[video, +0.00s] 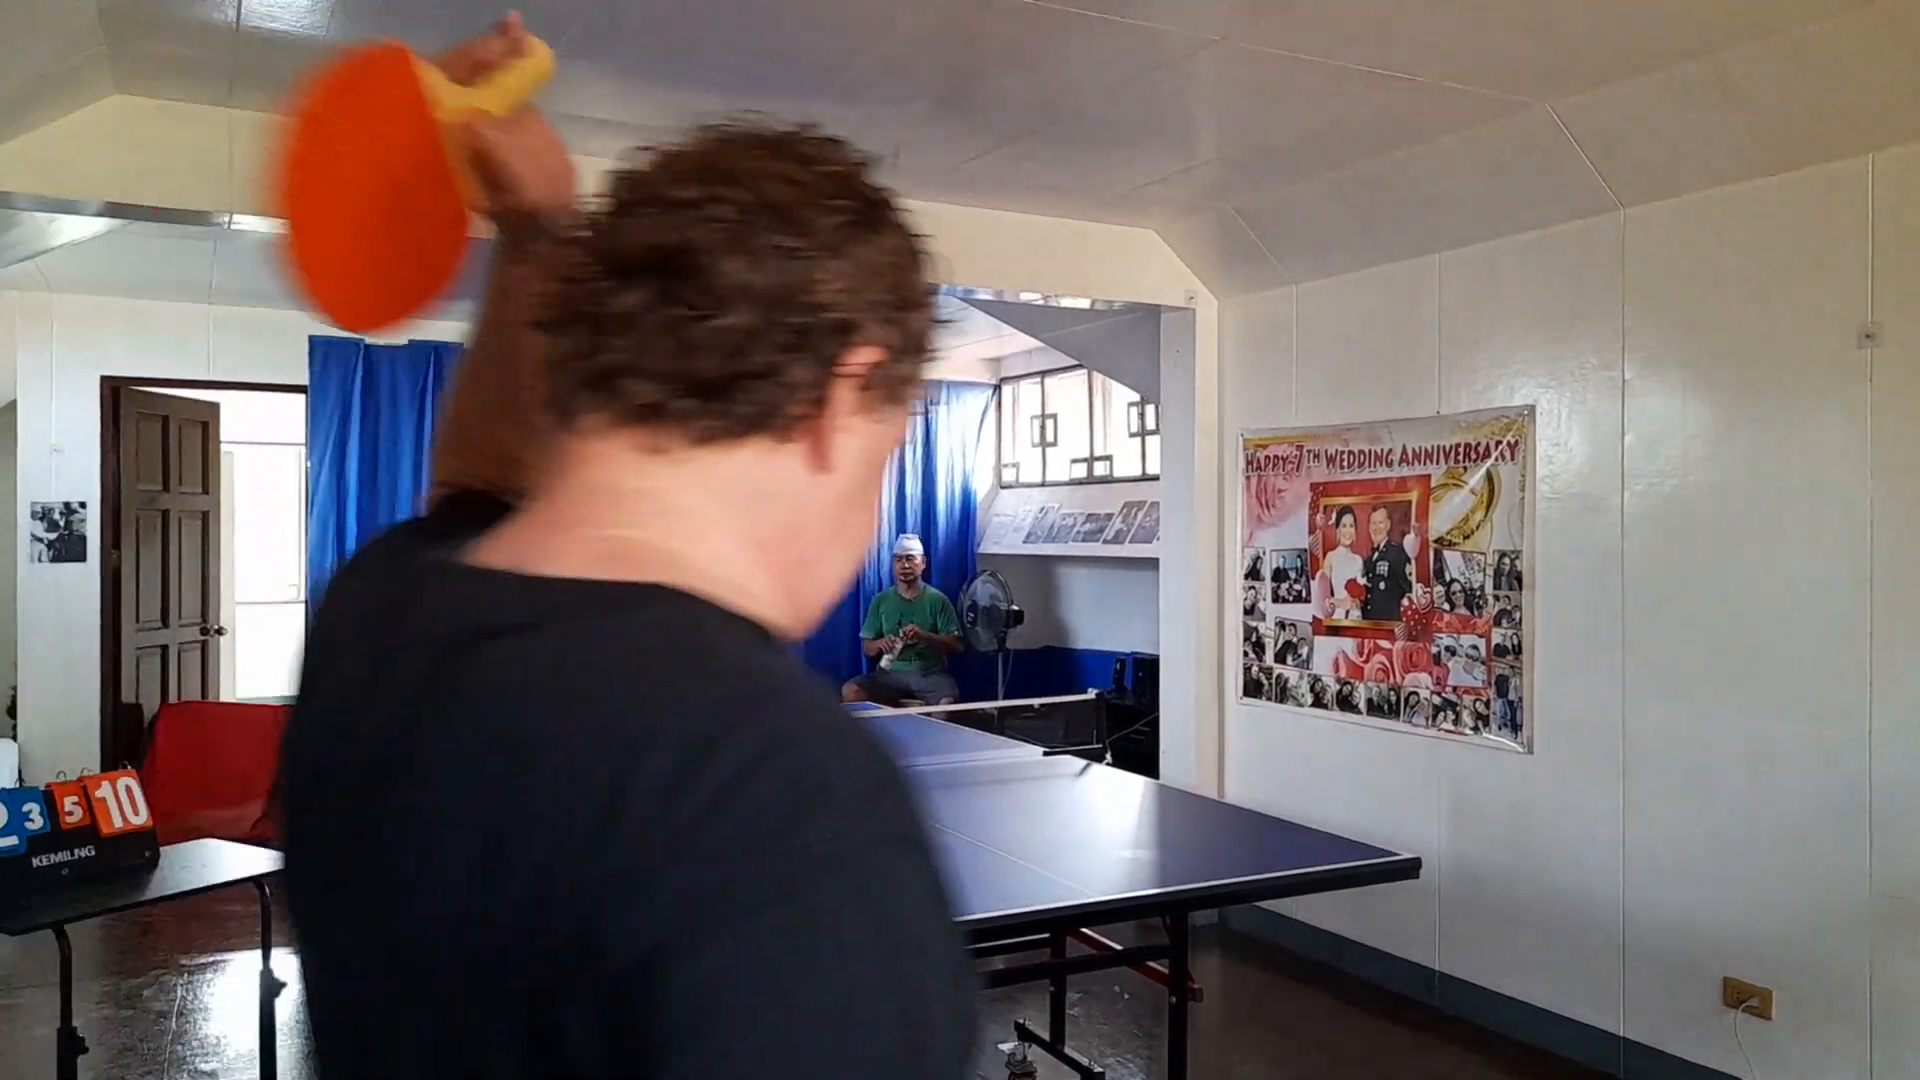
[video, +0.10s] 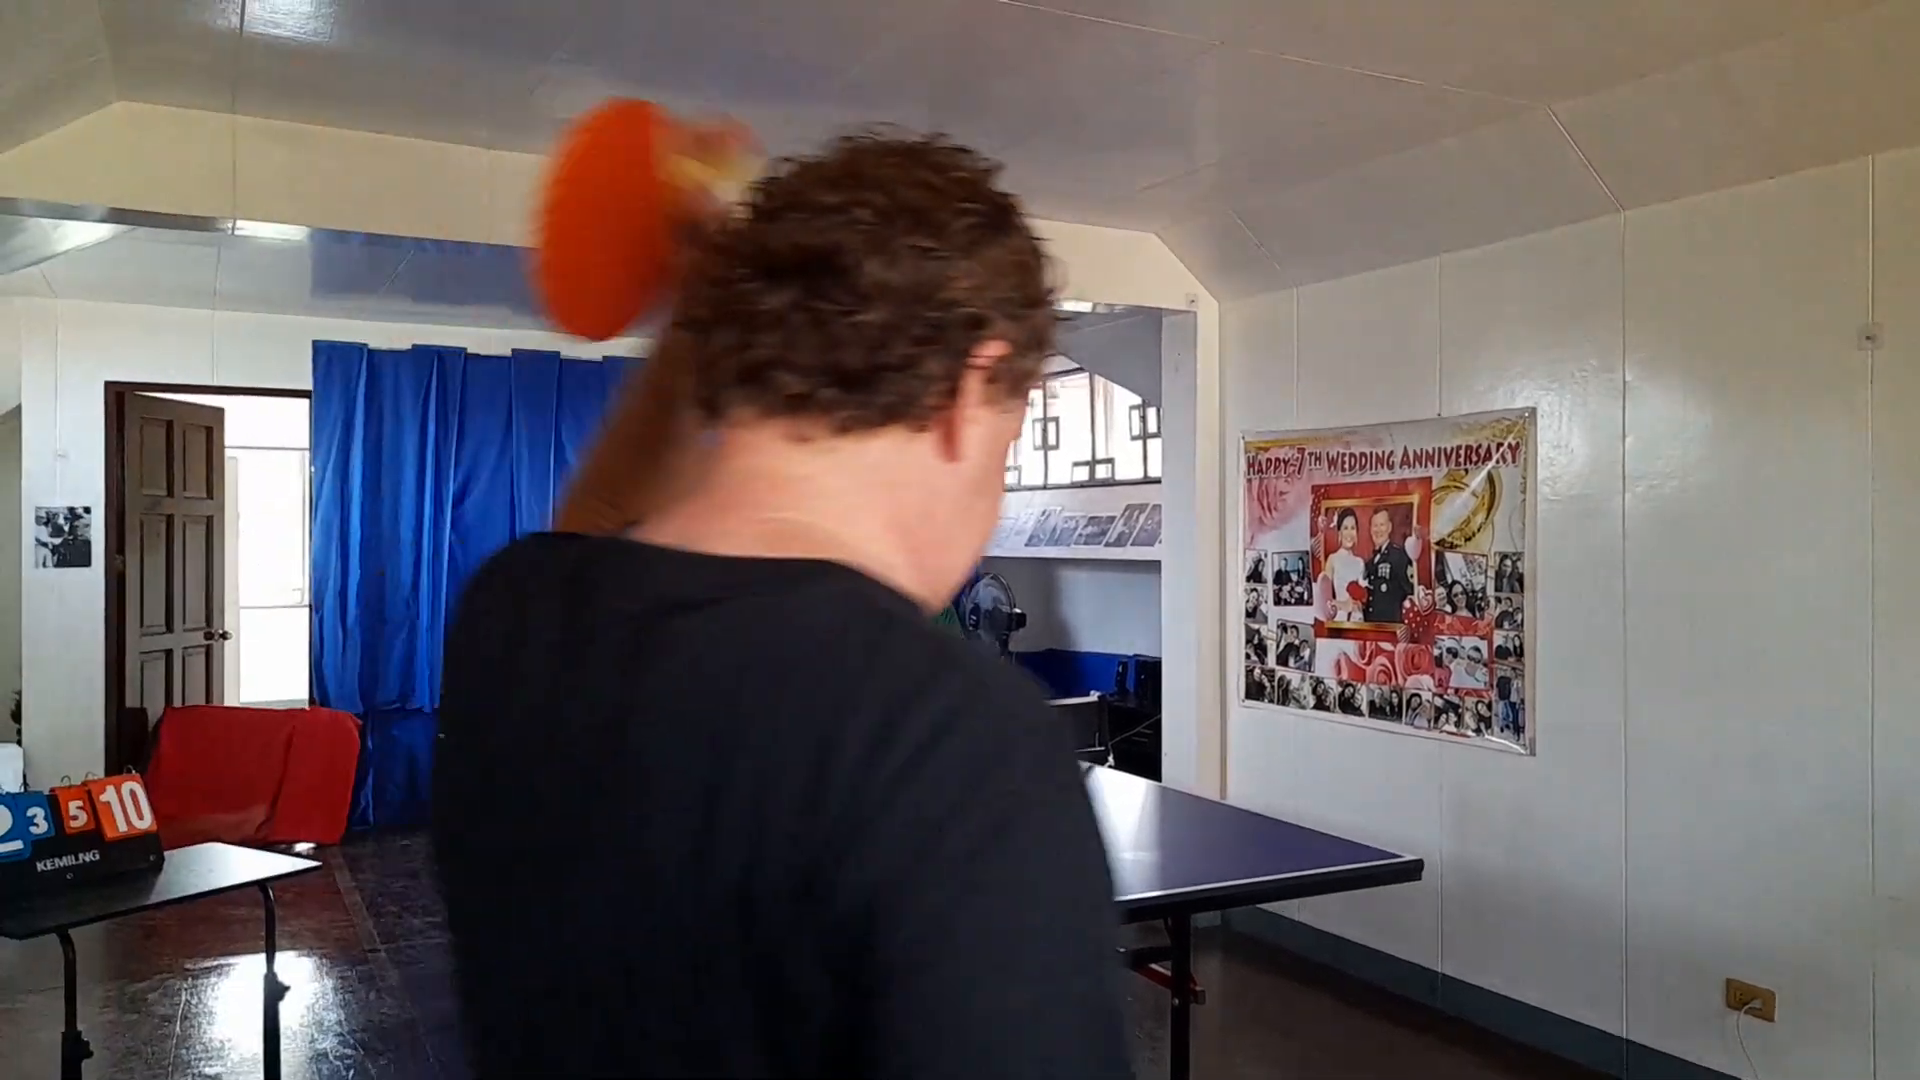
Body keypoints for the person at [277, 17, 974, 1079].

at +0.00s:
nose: (878, 508)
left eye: (898, 451)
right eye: (895, 446)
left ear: (584, 352)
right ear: (846, 401)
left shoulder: (375, 623)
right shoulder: (778, 778)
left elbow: (481, 484)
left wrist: (536, 237)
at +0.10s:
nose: (1000, 495)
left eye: (1018, 435)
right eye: (1016, 430)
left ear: (721, 362)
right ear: (973, 393)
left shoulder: (505, 622)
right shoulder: (957, 734)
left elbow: (594, 531)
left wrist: (701, 294)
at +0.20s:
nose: (1097, 488)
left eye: (1115, 425)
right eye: (1114, 417)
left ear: (849, 356)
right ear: (1080, 382)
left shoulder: (624, 620)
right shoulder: (1091, 714)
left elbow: (622, 1007)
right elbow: (1187, 1051)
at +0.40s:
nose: (1275, 477)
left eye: (1286, 432)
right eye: (1287, 426)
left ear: (1044, 382)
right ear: (1258, 405)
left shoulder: (841, 633)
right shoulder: (1267, 689)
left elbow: (747, 918)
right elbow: (1403, 1042)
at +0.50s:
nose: (1343, 490)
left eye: (1351, 448)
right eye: (1352, 443)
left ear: (1126, 406)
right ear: (1320, 429)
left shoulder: (928, 643)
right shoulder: (1320, 677)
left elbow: (796, 976)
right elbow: (1451, 1039)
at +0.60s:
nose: (1379, 527)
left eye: (1391, 488)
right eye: (1391, 483)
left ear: (1185, 430)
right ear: (1363, 452)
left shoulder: (983, 665)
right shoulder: (1356, 681)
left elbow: (862, 1005)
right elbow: (1486, 1040)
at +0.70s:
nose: (1408, 525)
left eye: (1421, 483)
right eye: (1421, 475)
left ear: (1228, 433)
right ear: (1394, 444)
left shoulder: (1038, 653)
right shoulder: (1403, 665)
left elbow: (935, 963)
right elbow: (1505, 1035)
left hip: (1110, 1063)